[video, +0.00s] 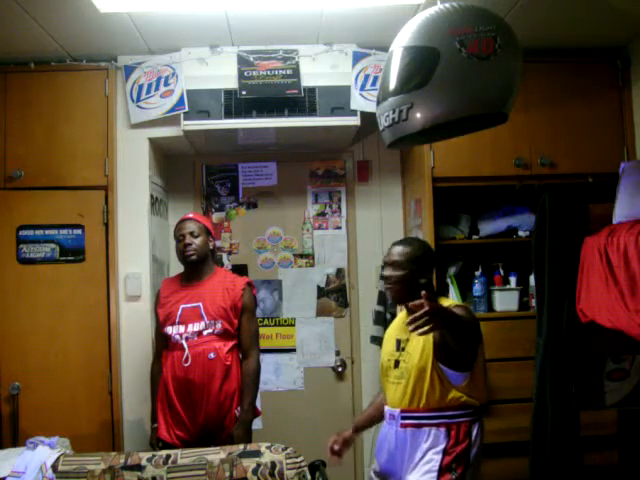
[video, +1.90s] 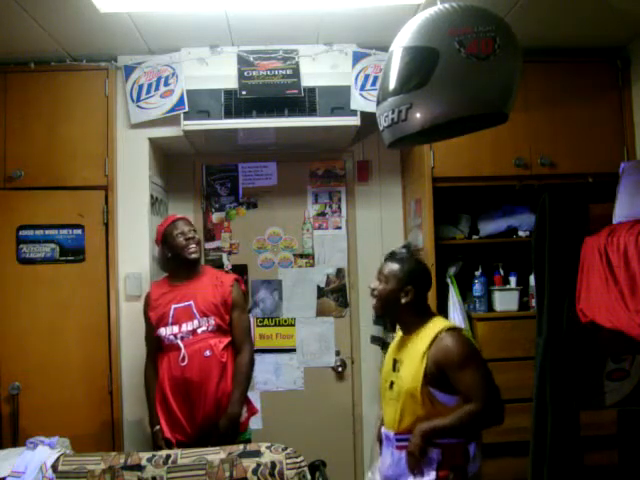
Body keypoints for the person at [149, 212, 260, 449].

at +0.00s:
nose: (186, 241)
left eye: (194, 235)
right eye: (180, 238)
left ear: (211, 242)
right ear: (176, 248)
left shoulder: (237, 288)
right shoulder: (167, 290)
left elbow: (250, 355)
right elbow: (160, 355)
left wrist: (245, 418)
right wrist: (157, 420)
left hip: (224, 416)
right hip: (176, 417)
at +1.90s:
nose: (190, 238)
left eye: (193, 232)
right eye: (180, 235)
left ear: (200, 238)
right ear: (165, 248)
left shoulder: (227, 285)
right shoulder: (155, 295)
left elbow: (244, 349)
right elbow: (152, 358)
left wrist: (233, 411)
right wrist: (155, 422)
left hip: (223, 415)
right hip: (175, 419)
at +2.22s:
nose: (183, 257)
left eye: (191, 251)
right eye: (177, 251)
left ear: (205, 256)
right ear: (170, 258)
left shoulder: (230, 298)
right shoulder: (154, 304)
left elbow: (262, 353)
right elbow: (139, 360)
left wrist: (231, 388)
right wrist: (146, 393)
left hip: (227, 419)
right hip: (177, 422)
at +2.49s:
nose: (187, 254)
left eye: (195, 248)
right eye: (180, 249)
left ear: (208, 254)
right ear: (173, 257)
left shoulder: (231, 297)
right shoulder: (157, 299)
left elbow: (248, 359)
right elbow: (148, 358)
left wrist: (233, 413)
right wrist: (163, 405)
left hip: (229, 421)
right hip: (180, 421)